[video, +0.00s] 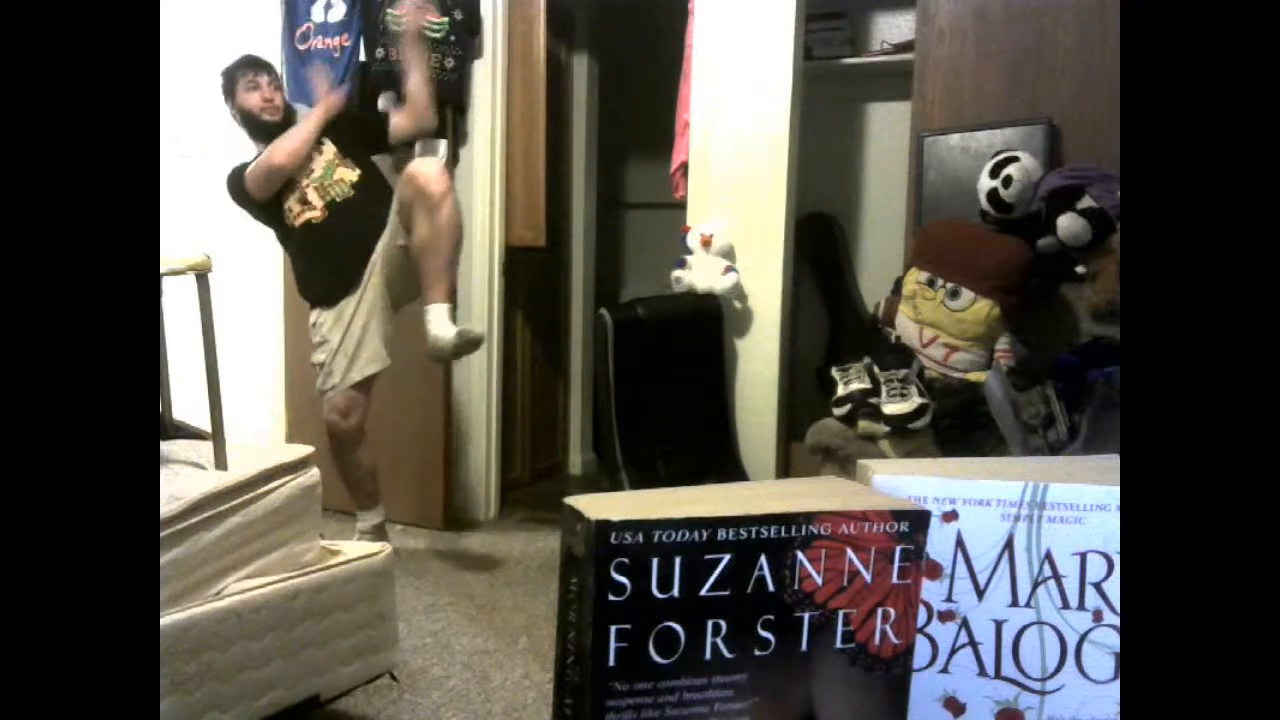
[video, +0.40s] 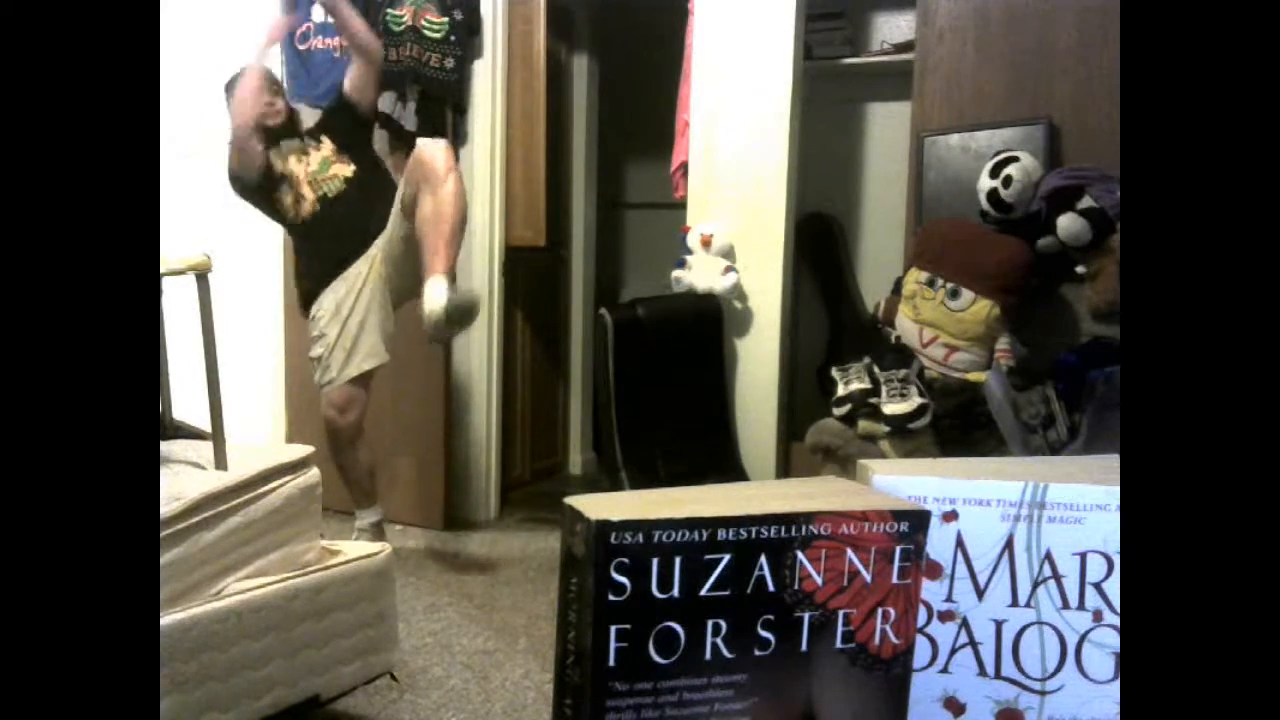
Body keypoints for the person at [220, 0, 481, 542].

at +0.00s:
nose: (265, 90)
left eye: (269, 81)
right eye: (250, 87)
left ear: (282, 89)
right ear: (236, 108)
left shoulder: (335, 124)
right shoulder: (244, 180)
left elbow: (420, 117)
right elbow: (279, 166)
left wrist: (412, 39)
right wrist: (322, 110)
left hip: (390, 253)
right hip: (337, 302)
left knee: (427, 175)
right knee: (342, 420)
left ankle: (440, 323)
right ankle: (372, 526)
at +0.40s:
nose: (268, 98)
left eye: (270, 89)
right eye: (254, 95)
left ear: (284, 94)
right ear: (243, 114)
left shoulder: (340, 122)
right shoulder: (258, 178)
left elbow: (370, 54)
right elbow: (243, 128)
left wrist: (331, 4)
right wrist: (268, 45)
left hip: (392, 245)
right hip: (336, 290)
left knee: (434, 151)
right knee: (340, 414)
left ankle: (437, 297)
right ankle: (370, 524)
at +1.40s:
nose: (237, 146)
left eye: (243, 130)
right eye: (225, 140)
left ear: (266, 127)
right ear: (219, 151)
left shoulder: (305, 150)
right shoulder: (272, 228)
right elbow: (283, 303)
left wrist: (326, 236)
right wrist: (243, 372)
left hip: (397, 293)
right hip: (350, 312)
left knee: (277, 318)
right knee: (305, 421)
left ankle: (295, 421)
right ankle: (369, 512)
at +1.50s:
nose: (237, 146)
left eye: (243, 130)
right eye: (225, 140)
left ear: (266, 127)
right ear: (219, 151)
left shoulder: (305, 150)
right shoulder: (272, 228)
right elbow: (283, 303)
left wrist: (326, 236)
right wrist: (244, 372)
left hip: (397, 293)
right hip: (350, 312)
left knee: (277, 318)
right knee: (305, 421)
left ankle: (295, 421)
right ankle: (369, 512)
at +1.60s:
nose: (224, 160)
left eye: (230, 144)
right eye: (215, 151)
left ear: (252, 135)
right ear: (212, 154)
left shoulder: (294, 167)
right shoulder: (260, 215)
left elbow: (310, 247)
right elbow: (271, 303)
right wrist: (244, 377)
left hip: (398, 285)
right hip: (359, 300)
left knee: (282, 318)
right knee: (283, 411)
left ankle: (303, 431)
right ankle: (359, 501)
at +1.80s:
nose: (221, 232)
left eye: (226, 215)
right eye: (210, 222)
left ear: (246, 198)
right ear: (202, 219)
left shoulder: (297, 222)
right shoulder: (242, 253)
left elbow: (366, 319)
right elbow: (257, 331)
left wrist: (306, 369)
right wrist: (234, 404)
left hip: (392, 311)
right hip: (332, 323)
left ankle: (342, 506)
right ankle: (364, 512)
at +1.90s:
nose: (220, 258)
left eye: (223, 241)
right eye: (210, 247)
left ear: (242, 222)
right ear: (202, 243)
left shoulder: (299, 238)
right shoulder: (237, 269)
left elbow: (379, 316)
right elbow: (248, 341)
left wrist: (337, 386)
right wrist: (228, 406)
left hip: (381, 326)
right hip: (327, 331)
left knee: (264, 394)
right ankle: (363, 508)